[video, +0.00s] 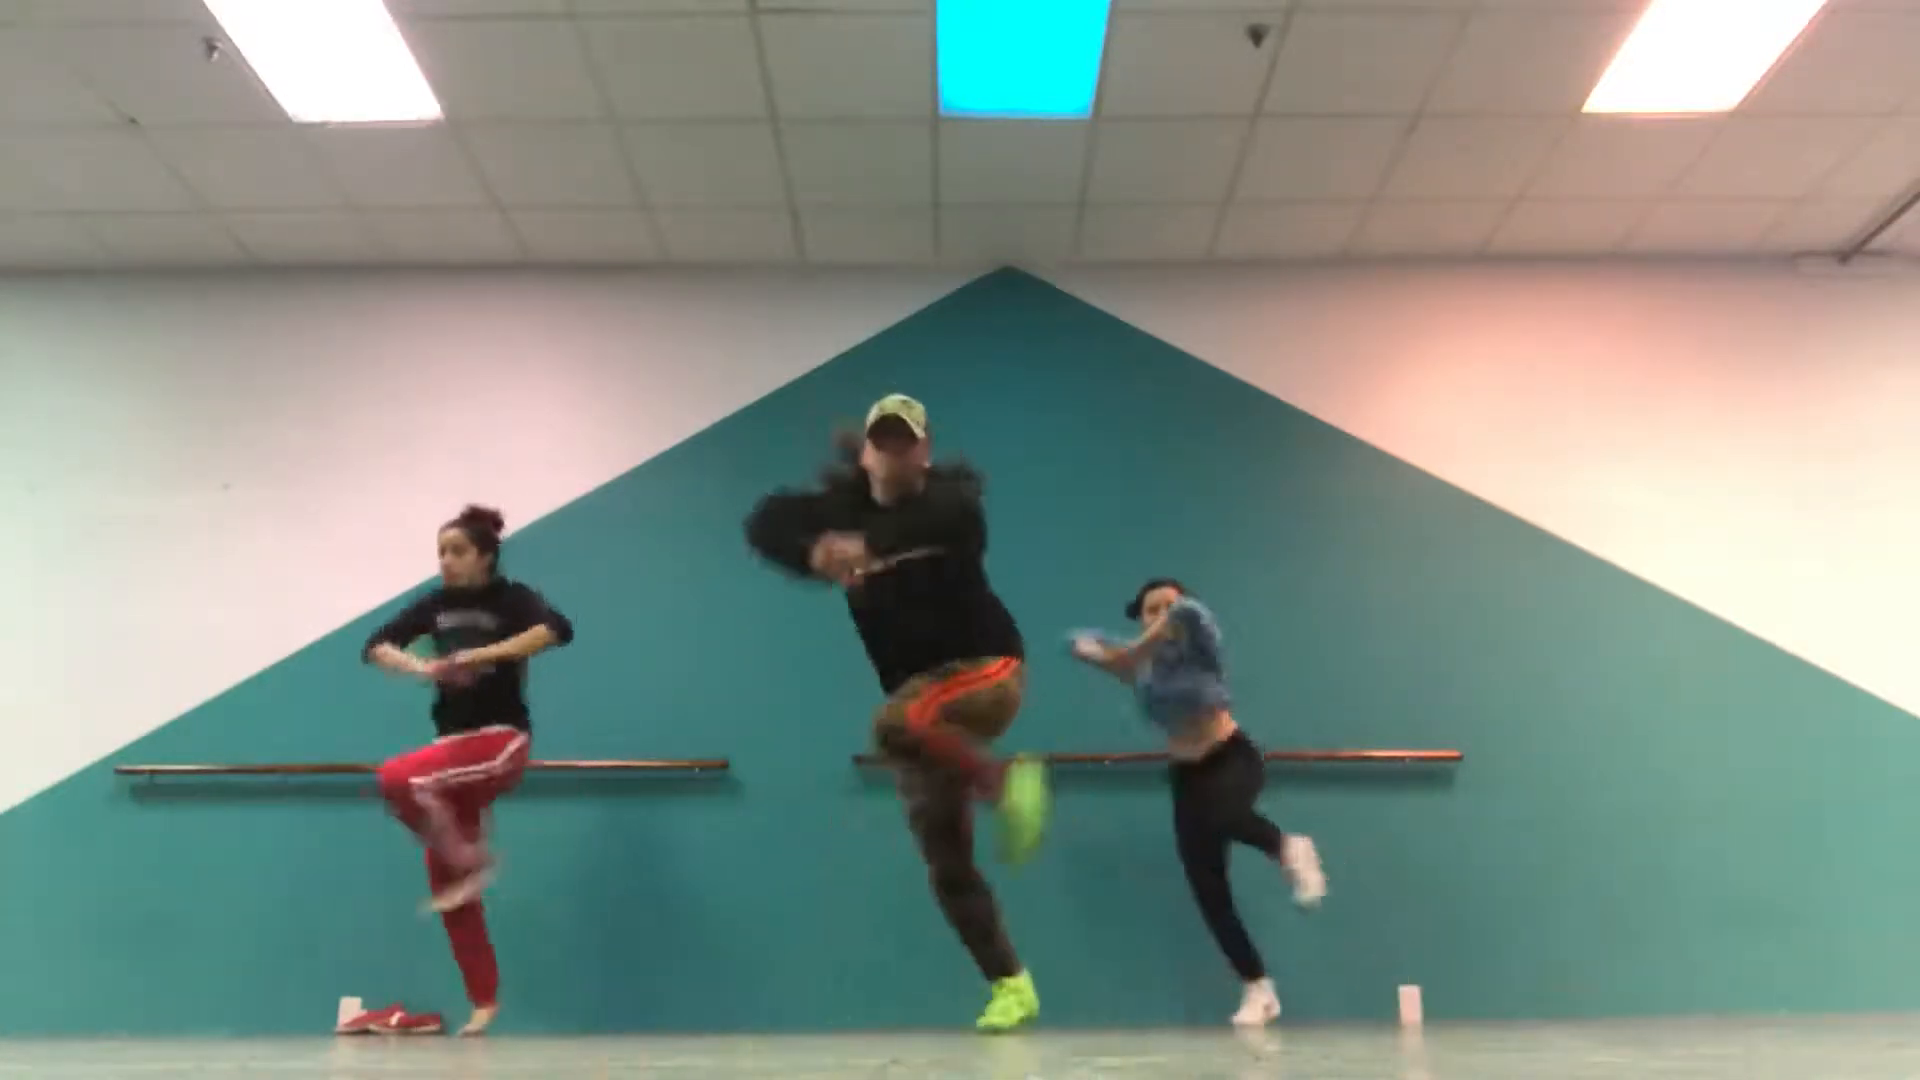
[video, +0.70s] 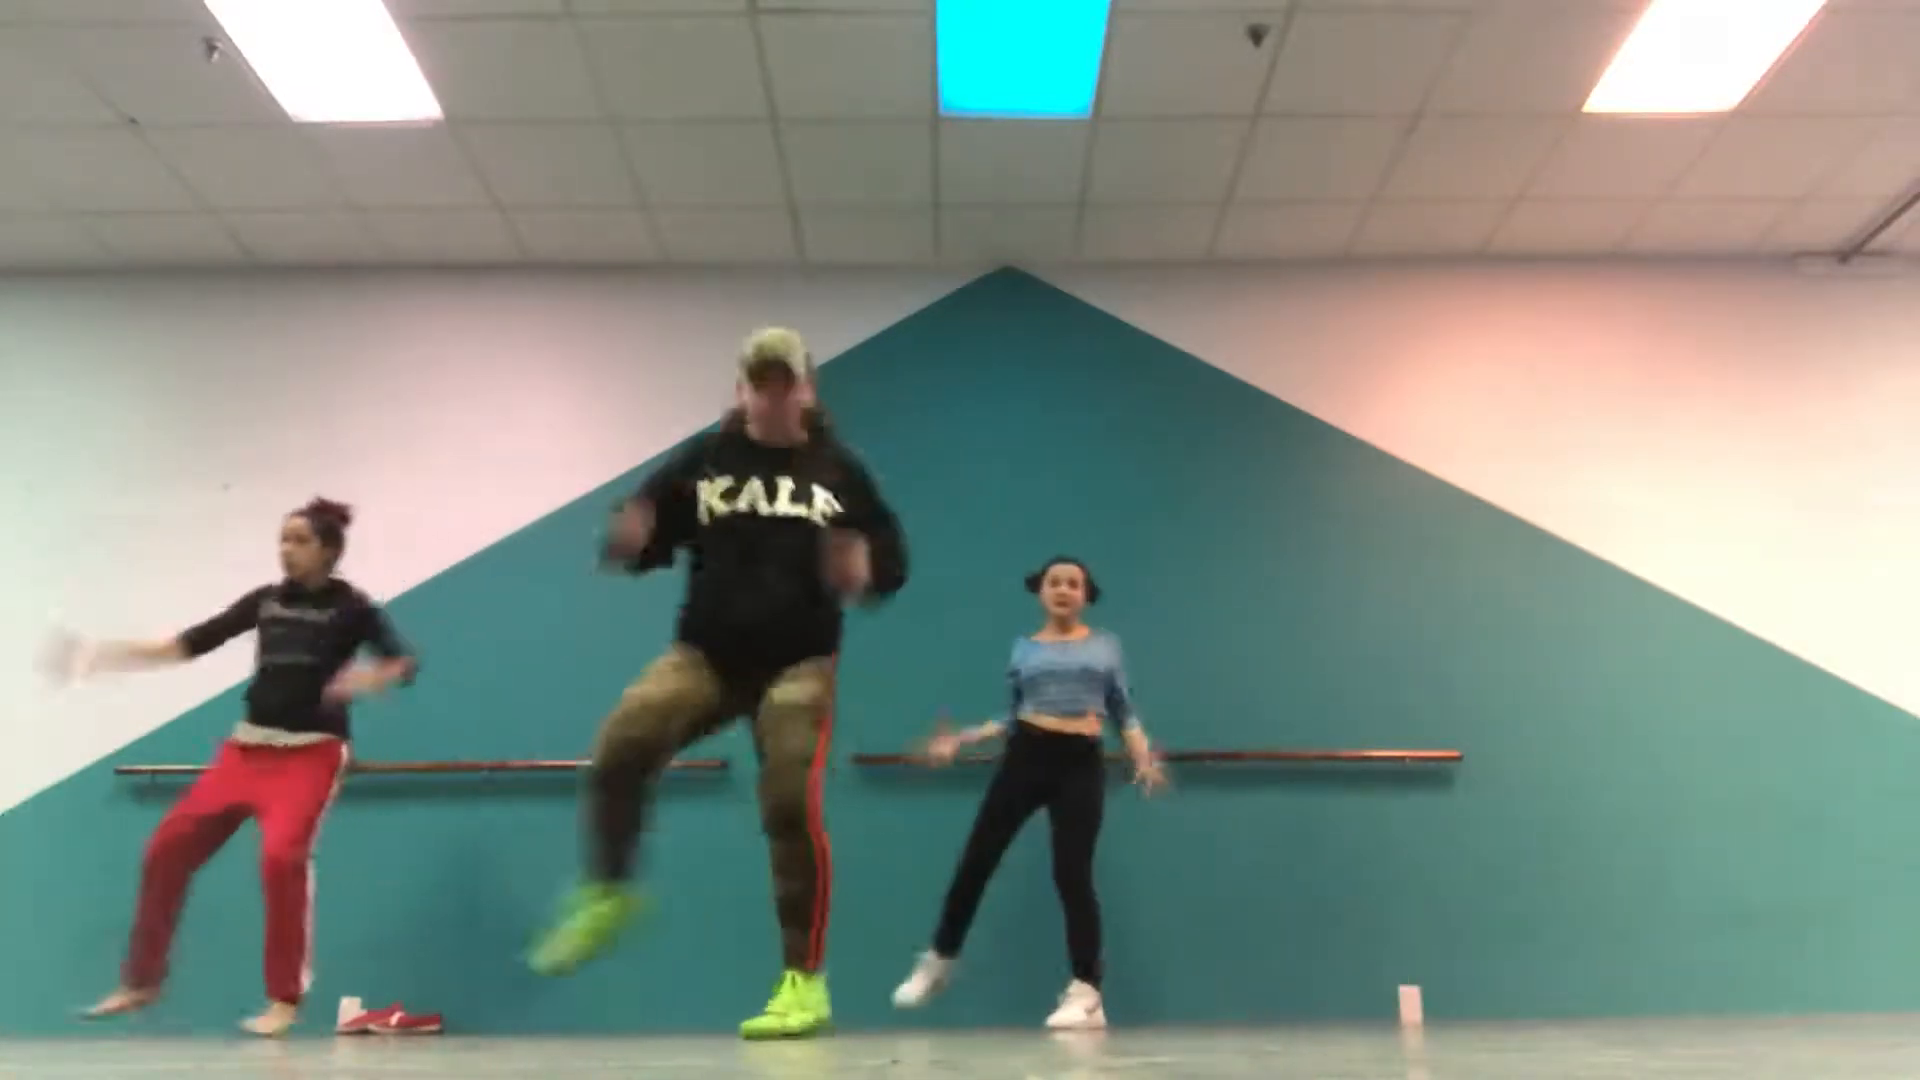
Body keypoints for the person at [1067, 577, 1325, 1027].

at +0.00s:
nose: (1160, 616)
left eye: (1168, 606)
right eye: (1151, 610)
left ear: (1185, 608)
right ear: (1140, 619)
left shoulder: (1199, 639)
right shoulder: (1144, 659)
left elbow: (1180, 615)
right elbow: (1124, 667)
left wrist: (1116, 655)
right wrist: (1094, 655)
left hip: (1231, 757)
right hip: (1189, 774)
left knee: (1226, 815)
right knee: (1209, 889)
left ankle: (1289, 851)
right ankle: (1257, 986)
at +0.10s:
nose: (1165, 630)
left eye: (1173, 621)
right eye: (1155, 623)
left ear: (1189, 625)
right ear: (1143, 632)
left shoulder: (1205, 653)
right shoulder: (1142, 672)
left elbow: (1165, 670)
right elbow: (1107, 695)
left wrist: (1117, 697)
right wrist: (1086, 695)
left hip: (1214, 777)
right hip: (1170, 784)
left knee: (1189, 826)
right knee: (1192, 893)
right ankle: (1255, 986)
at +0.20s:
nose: (1163, 640)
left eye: (1171, 630)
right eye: (1153, 632)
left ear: (1185, 636)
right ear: (1140, 640)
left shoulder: (1203, 683)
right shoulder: (1124, 687)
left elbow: (1191, 728)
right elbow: (1096, 727)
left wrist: (1148, 758)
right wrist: (1092, 761)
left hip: (1196, 787)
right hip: (1150, 792)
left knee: (1166, 858)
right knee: (1182, 908)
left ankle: (1139, 959)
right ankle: (1255, 986)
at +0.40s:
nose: (1121, 620)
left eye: (1130, 614)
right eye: (1113, 611)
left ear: (1141, 628)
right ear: (1096, 620)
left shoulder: (1159, 678)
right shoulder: (1076, 671)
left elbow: (1211, 722)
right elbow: (1087, 728)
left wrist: (1205, 753)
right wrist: (1149, 752)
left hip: (1140, 782)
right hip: (1095, 785)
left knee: (1102, 881)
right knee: (1127, 910)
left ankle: (1087, 992)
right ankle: (1222, 968)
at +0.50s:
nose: (1099, 597)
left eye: (1109, 590)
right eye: (1091, 588)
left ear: (1122, 603)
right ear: (1075, 598)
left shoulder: (1137, 650)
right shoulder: (1052, 652)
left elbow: (1165, 707)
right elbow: (1038, 717)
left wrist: (1144, 734)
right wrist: (1092, 727)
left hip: (1119, 762)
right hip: (1071, 762)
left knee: (1091, 872)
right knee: (1057, 881)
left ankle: (1086, 988)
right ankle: (1127, 954)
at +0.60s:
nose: (1078, 589)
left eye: (1088, 582)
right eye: (1070, 581)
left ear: (1102, 594)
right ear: (1055, 591)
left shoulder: (1121, 645)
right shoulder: (1036, 649)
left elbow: (1133, 714)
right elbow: (1020, 723)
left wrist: (1136, 762)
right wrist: (992, 758)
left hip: (1103, 756)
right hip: (1049, 754)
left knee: (1088, 875)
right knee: (1008, 854)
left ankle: (1087, 990)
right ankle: (1011, 958)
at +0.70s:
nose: (1063, 591)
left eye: (1073, 584)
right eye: (1055, 583)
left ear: (1086, 596)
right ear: (1040, 593)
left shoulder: (1103, 648)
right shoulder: (1025, 648)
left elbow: (1124, 712)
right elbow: (1014, 719)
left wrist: (1142, 757)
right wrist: (961, 739)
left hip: (1079, 758)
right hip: (1025, 754)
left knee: (1073, 873)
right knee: (977, 858)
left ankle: (1086, 991)